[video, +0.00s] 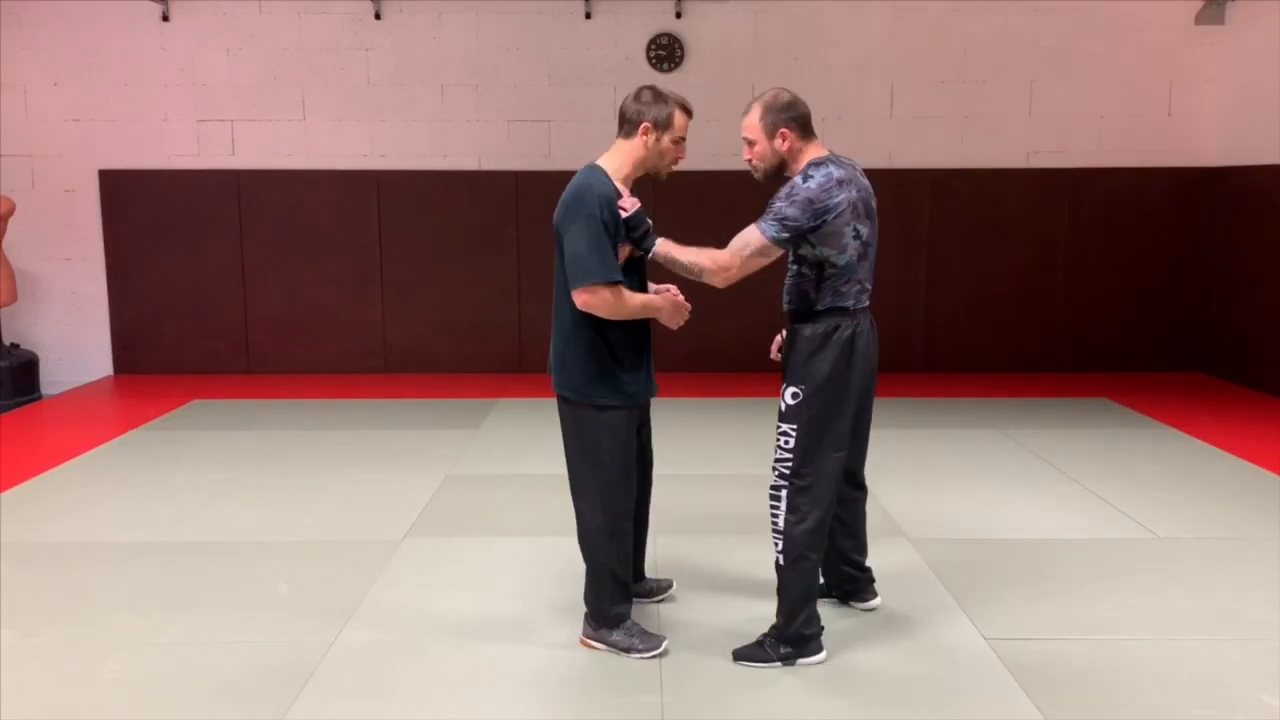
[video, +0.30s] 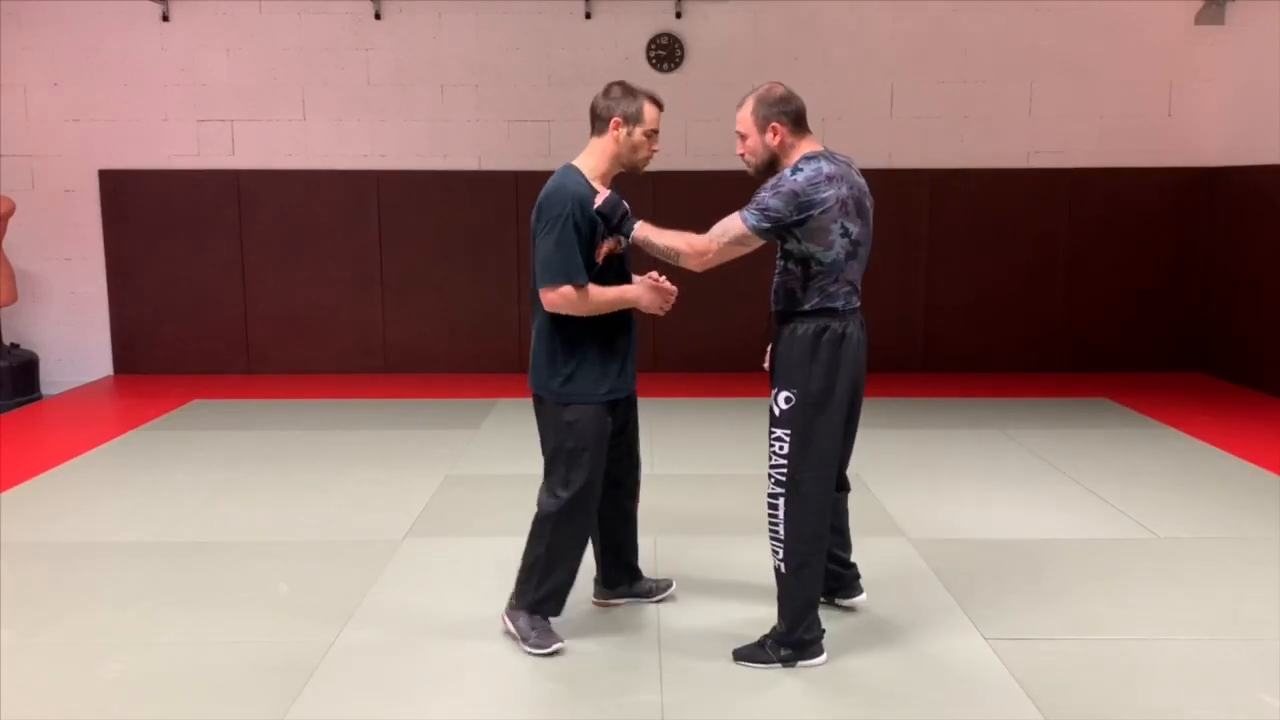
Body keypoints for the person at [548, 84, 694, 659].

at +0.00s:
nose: (682, 153)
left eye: (684, 141)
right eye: (678, 140)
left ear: (644, 133)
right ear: (647, 134)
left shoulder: (621, 193)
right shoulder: (589, 196)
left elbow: (627, 272)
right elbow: (590, 295)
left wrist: (656, 296)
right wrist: (655, 306)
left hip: (623, 374)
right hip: (592, 379)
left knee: (631, 485)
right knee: (605, 496)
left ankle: (625, 578)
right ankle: (604, 619)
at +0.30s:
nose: (657, 144)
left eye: (658, 133)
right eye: (650, 133)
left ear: (619, 130)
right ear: (618, 129)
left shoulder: (607, 197)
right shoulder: (564, 198)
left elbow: (605, 275)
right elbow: (557, 296)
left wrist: (640, 289)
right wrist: (630, 295)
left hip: (612, 373)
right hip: (571, 379)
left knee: (617, 482)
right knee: (571, 494)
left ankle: (618, 579)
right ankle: (528, 609)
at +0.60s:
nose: (645, 160)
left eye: (648, 148)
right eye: (642, 147)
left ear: (610, 137)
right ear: (614, 138)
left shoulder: (583, 190)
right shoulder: (558, 202)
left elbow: (594, 263)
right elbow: (587, 303)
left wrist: (637, 240)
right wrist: (637, 255)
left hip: (586, 368)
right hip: (544, 375)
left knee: (611, 475)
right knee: (546, 502)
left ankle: (616, 576)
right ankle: (521, 615)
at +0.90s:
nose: (662, 178)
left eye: (665, 167)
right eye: (659, 166)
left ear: (627, 152)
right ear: (630, 152)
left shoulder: (597, 196)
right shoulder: (569, 202)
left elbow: (637, 246)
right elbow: (595, 299)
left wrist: (663, 227)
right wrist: (651, 246)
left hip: (588, 369)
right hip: (546, 374)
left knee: (608, 480)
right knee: (547, 495)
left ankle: (609, 580)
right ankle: (511, 608)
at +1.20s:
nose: (633, 166)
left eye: (636, 155)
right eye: (631, 153)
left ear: (599, 143)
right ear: (601, 144)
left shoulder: (575, 192)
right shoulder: (550, 203)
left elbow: (623, 240)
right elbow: (586, 298)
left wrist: (651, 223)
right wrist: (634, 239)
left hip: (582, 372)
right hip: (537, 378)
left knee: (606, 478)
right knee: (532, 501)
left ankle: (609, 580)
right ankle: (507, 615)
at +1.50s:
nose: (630, 168)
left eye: (632, 157)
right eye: (626, 155)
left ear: (591, 148)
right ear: (593, 147)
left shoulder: (577, 201)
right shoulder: (540, 209)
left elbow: (611, 258)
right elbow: (579, 306)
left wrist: (657, 227)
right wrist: (637, 258)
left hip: (589, 374)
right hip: (541, 381)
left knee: (619, 471)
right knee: (536, 497)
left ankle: (609, 581)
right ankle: (505, 613)